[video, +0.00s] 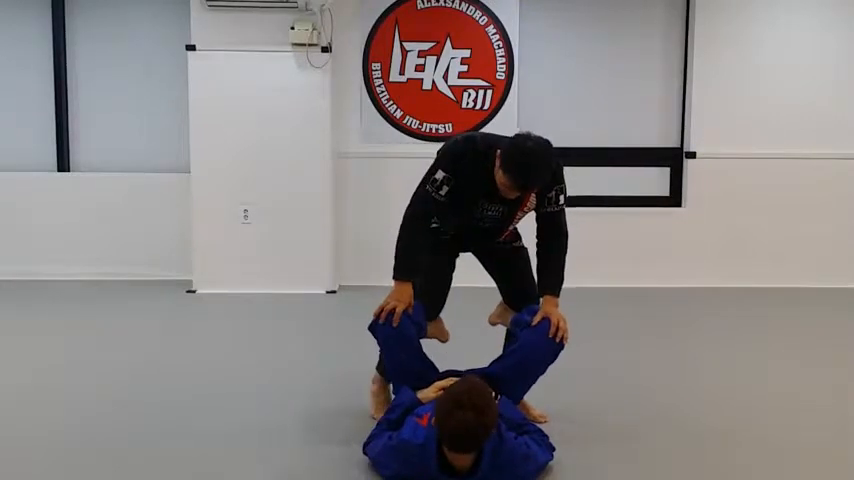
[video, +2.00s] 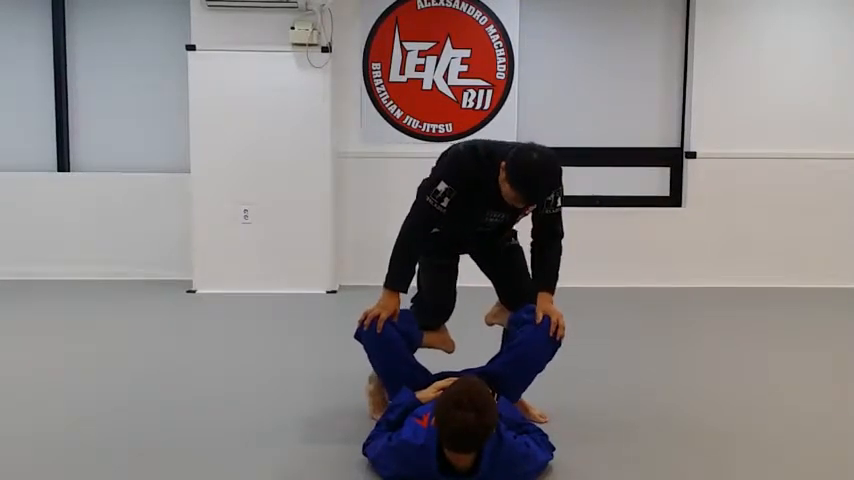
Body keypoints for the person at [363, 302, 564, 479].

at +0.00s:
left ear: (436, 422)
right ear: (494, 422)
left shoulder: (406, 451)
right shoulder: (515, 456)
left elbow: (374, 442)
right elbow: (540, 441)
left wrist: (415, 398)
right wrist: (503, 402)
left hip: (426, 390)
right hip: (494, 393)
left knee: (390, 320)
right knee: (550, 330)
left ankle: (427, 323)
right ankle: (509, 313)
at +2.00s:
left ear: (434, 419)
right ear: (495, 418)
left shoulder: (407, 452)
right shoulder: (515, 456)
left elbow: (374, 443)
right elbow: (540, 442)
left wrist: (414, 397)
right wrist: (506, 403)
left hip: (424, 396)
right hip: (492, 393)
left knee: (373, 327)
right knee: (546, 326)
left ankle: (431, 333)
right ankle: (509, 312)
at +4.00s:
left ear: (437, 426)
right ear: (495, 425)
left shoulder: (405, 454)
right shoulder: (516, 457)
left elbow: (373, 444)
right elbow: (541, 443)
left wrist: (412, 398)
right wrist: (503, 403)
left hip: (424, 395)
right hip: (494, 393)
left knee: (381, 324)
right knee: (556, 341)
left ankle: (435, 339)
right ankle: (510, 314)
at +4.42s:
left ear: (438, 422)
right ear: (496, 426)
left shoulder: (408, 451)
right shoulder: (515, 457)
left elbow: (374, 444)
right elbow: (541, 444)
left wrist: (412, 397)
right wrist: (519, 413)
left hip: (429, 390)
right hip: (497, 395)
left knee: (398, 318)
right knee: (563, 349)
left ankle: (451, 315)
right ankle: (515, 316)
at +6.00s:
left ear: (437, 422)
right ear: (495, 424)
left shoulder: (405, 454)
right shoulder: (516, 457)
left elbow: (373, 444)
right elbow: (540, 441)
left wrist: (413, 397)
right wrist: (505, 404)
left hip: (425, 394)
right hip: (494, 396)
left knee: (396, 317)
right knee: (551, 335)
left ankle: (442, 340)